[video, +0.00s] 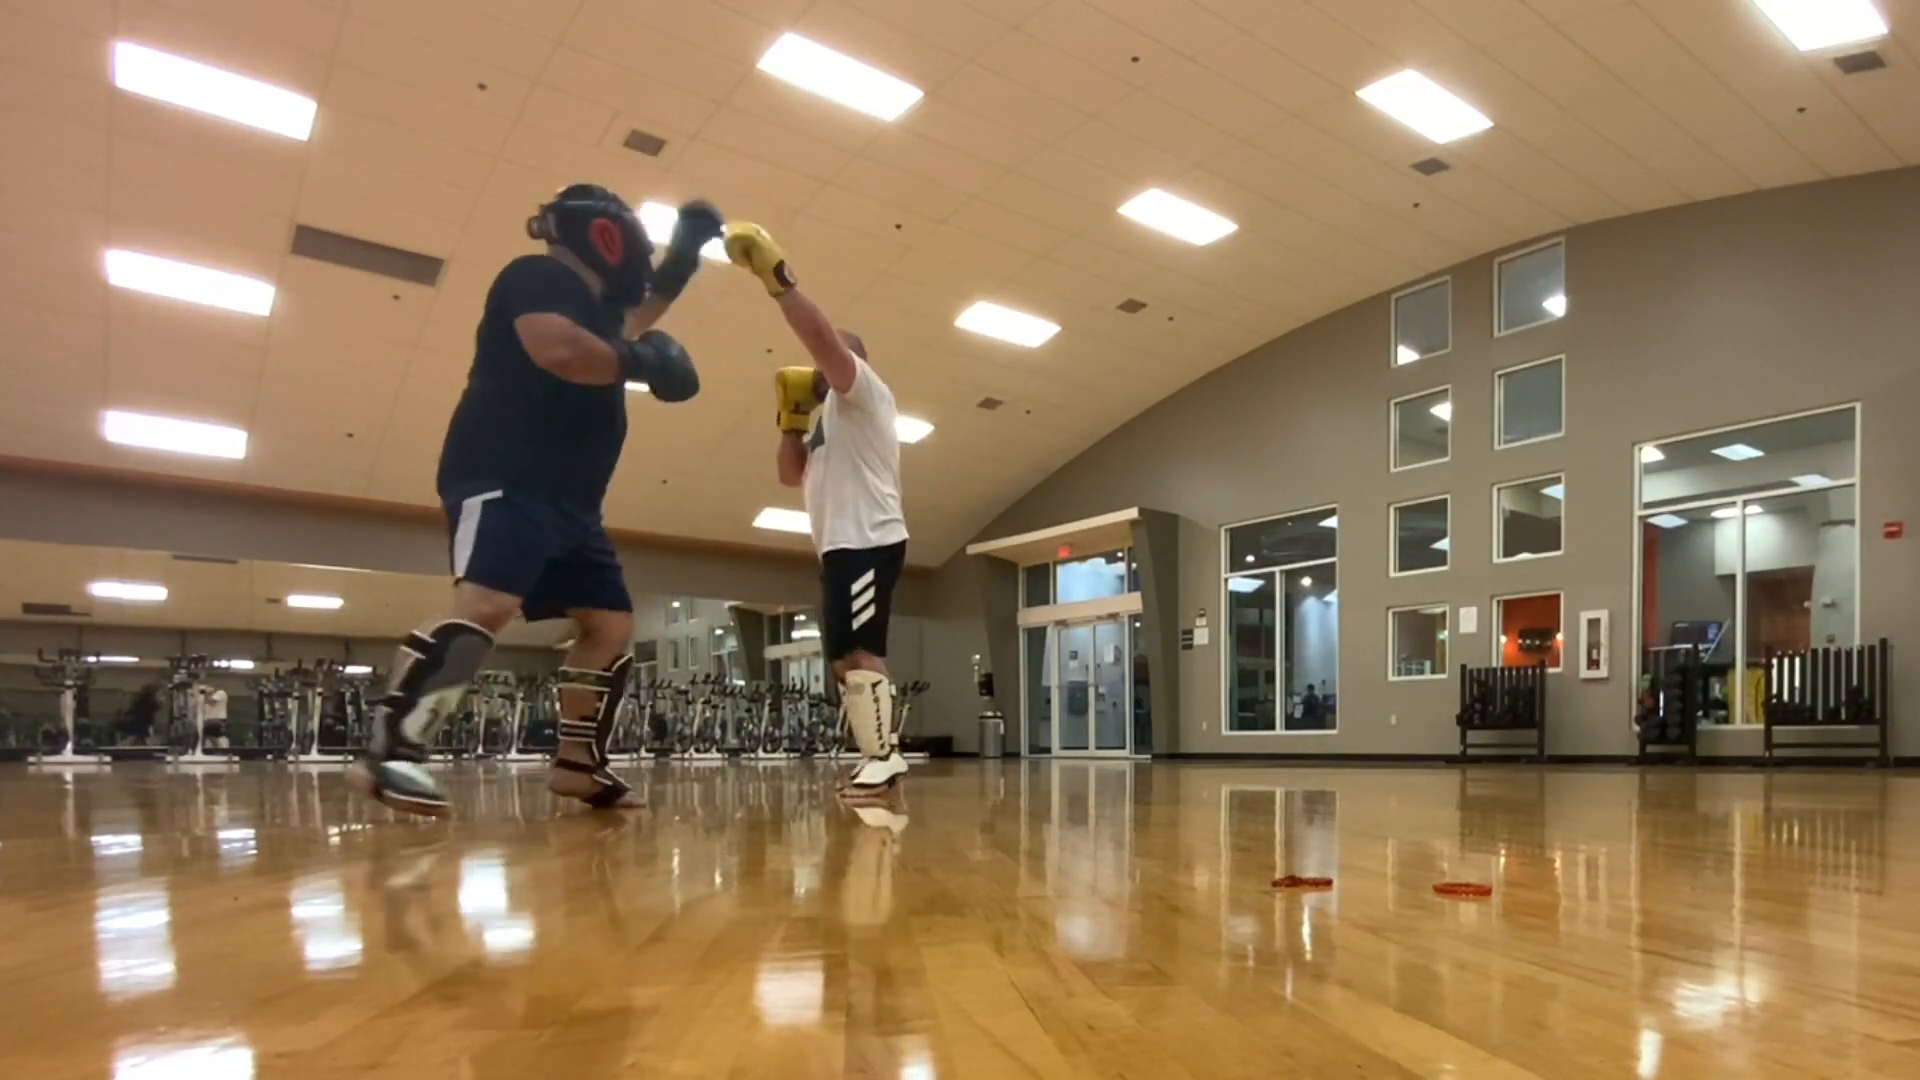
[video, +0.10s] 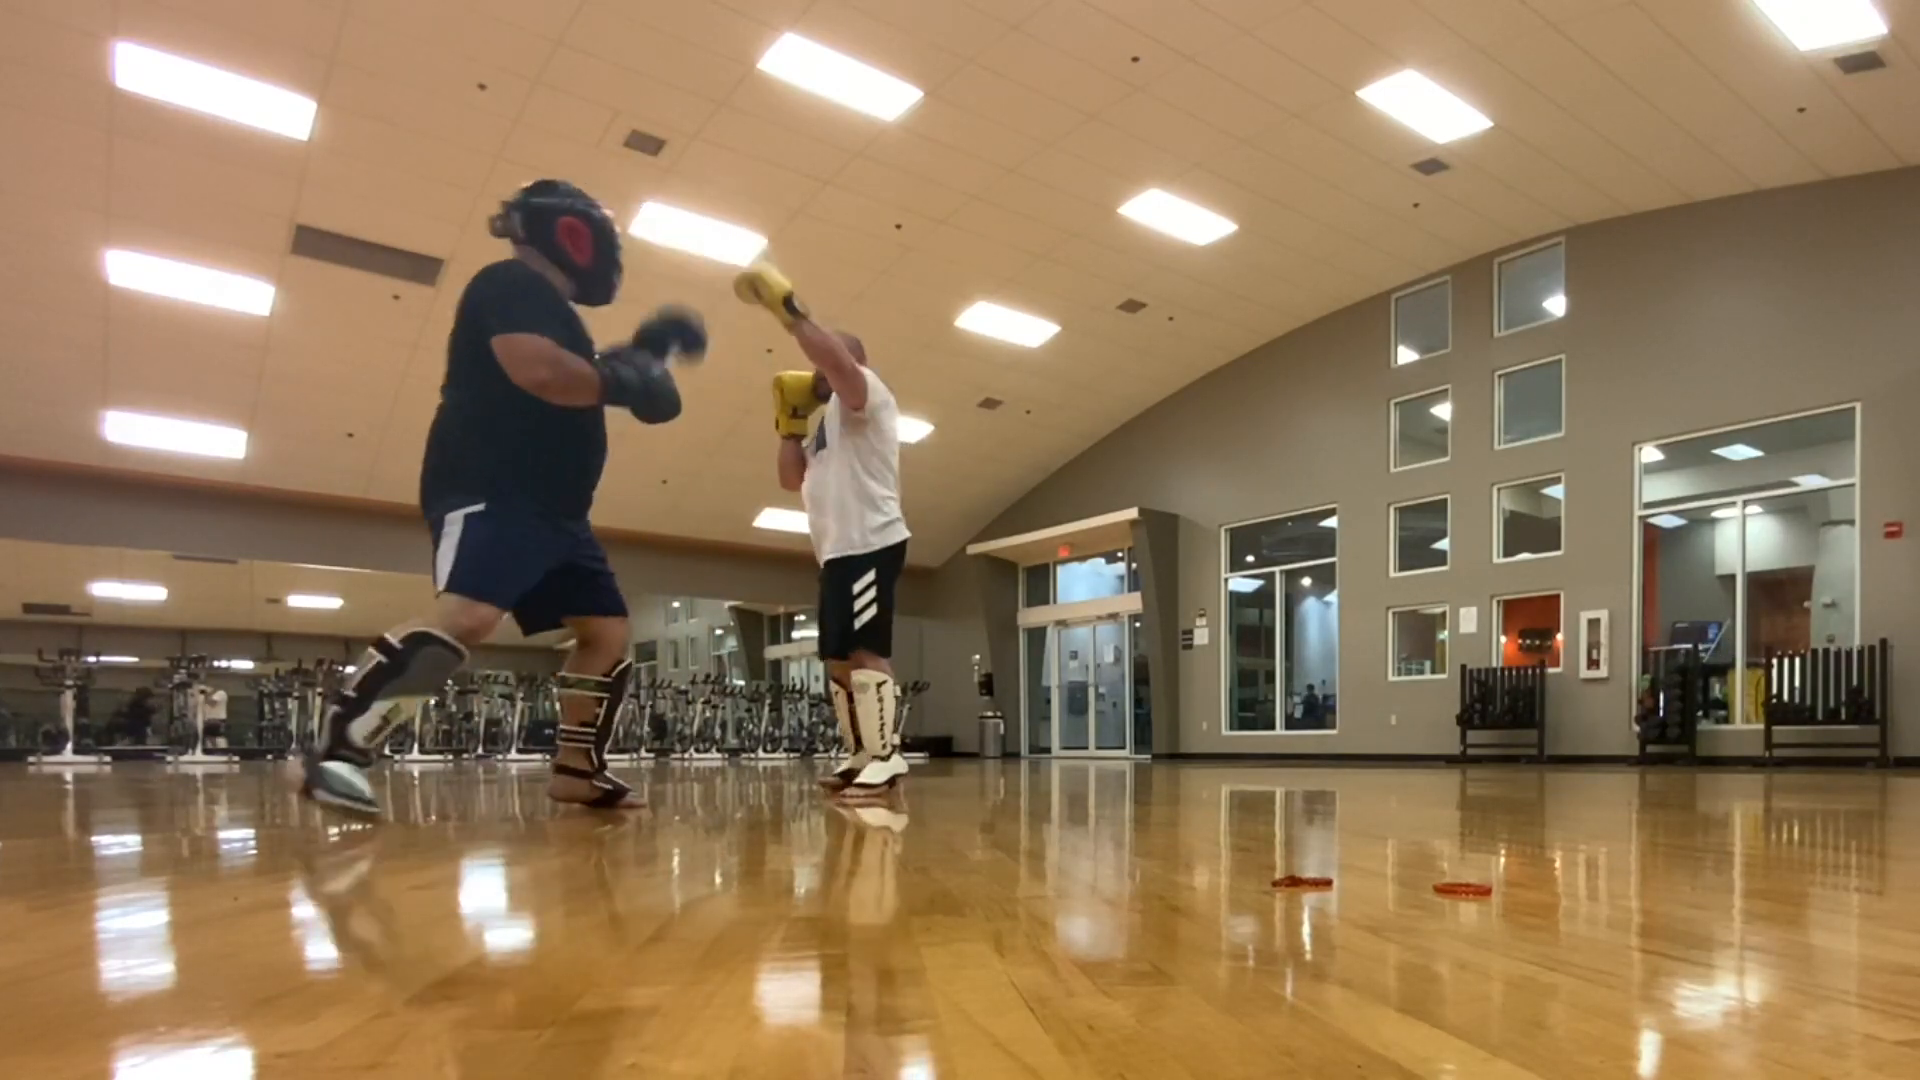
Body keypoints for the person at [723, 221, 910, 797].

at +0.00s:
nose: (826, 360)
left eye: (835, 350)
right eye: (824, 352)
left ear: (855, 356)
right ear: (827, 364)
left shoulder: (865, 395)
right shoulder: (826, 424)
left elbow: (822, 339)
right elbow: (791, 473)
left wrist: (776, 275)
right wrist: (793, 415)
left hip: (869, 537)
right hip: (839, 544)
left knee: (860, 651)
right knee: (845, 654)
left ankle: (882, 757)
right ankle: (876, 755)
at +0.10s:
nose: (821, 365)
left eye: (831, 357)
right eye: (818, 357)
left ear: (856, 361)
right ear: (820, 369)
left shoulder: (868, 399)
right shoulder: (823, 423)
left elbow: (834, 358)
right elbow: (792, 479)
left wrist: (788, 308)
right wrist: (789, 424)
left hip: (870, 540)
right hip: (836, 548)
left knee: (867, 653)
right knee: (838, 660)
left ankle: (884, 759)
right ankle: (859, 755)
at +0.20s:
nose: (822, 377)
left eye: (832, 368)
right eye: (818, 369)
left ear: (858, 370)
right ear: (819, 378)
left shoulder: (873, 402)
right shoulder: (824, 434)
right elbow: (789, 484)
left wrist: (812, 372)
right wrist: (785, 428)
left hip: (868, 548)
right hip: (832, 555)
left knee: (867, 656)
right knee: (838, 664)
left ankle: (884, 761)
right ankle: (855, 760)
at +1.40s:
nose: (776, 332)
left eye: (788, 324)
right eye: (770, 323)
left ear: (811, 339)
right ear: (761, 340)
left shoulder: (834, 382)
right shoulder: (755, 401)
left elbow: (863, 432)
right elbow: (721, 459)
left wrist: (818, 376)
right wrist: (714, 409)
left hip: (829, 541)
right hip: (773, 546)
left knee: (825, 653)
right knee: (753, 652)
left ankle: (837, 770)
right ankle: (786, 747)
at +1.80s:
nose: (717, 338)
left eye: (730, 331)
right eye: (709, 329)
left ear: (755, 342)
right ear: (697, 339)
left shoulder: (784, 388)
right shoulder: (683, 395)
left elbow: (830, 461)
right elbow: (651, 471)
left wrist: (798, 423)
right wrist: (660, 429)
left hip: (769, 536)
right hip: (705, 546)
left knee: (779, 635)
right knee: (705, 658)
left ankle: (818, 750)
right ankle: (710, 766)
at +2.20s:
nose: (727, 312)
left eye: (731, 306)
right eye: (719, 305)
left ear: (740, 321)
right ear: (700, 318)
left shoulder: (759, 377)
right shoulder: (676, 374)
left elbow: (808, 459)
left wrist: (795, 411)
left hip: (744, 532)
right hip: (688, 532)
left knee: (738, 650)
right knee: (691, 651)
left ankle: (751, 767)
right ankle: (699, 758)